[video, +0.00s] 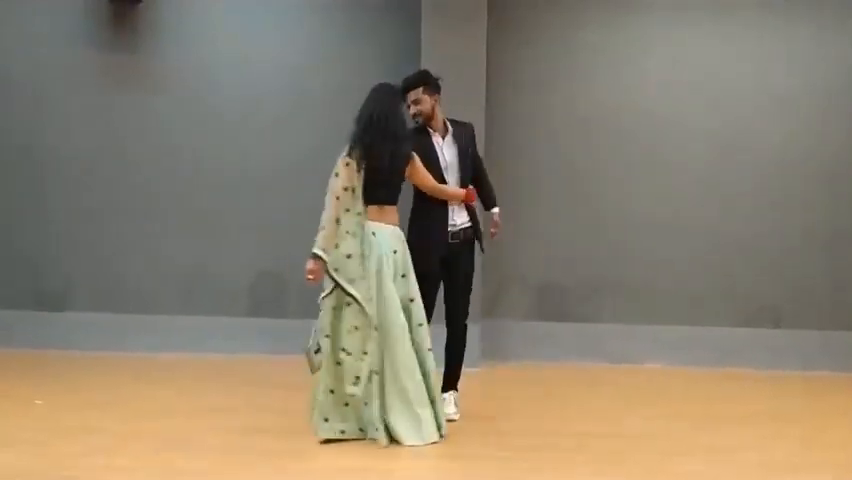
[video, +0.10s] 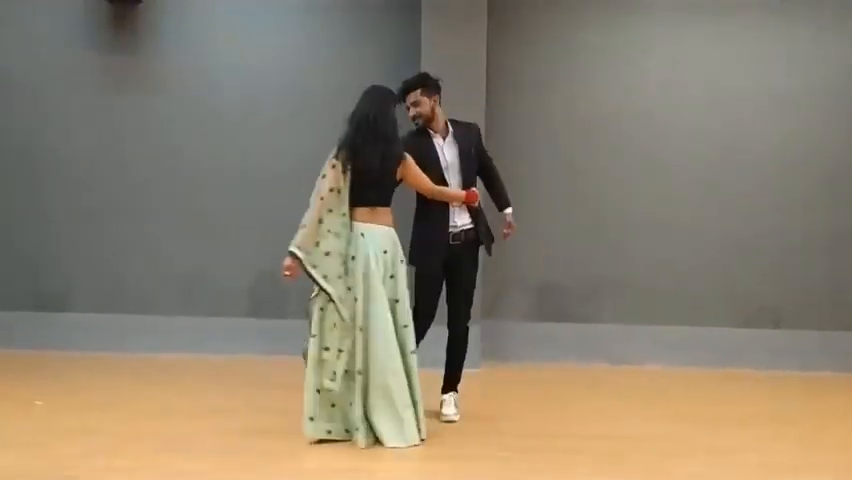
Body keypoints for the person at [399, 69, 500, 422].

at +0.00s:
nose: (413, 109)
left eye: (417, 101)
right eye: (409, 104)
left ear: (435, 98)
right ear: (409, 108)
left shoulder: (464, 132)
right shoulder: (410, 142)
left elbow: (477, 170)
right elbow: (395, 178)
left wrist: (493, 208)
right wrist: (408, 126)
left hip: (463, 236)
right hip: (427, 238)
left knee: (458, 317)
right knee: (418, 318)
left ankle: (450, 391)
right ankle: (409, 391)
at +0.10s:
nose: (412, 112)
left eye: (416, 103)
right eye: (408, 107)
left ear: (435, 100)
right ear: (409, 110)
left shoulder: (468, 133)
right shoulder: (411, 144)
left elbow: (486, 169)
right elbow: (389, 180)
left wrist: (506, 209)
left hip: (467, 239)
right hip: (431, 239)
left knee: (460, 319)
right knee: (422, 317)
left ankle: (449, 393)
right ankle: (384, 369)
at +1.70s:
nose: (423, 128)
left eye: (427, 120)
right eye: (421, 123)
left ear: (448, 116)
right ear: (438, 121)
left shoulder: (488, 142)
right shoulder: (433, 166)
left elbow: (518, 174)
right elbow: (417, 213)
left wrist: (539, 215)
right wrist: (381, 219)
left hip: (486, 255)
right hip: (448, 258)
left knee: (501, 333)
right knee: (428, 326)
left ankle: (502, 399)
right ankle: (419, 397)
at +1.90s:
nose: (460, 114)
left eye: (464, 107)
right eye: (458, 109)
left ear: (485, 103)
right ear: (465, 110)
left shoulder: (520, 139)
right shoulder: (459, 144)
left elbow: (539, 174)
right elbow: (421, 168)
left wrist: (562, 212)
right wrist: (375, 171)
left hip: (502, 253)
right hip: (464, 250)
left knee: (507, 330)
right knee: (439, 320)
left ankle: (503, 399)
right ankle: (417, 392)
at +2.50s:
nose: (439, 119)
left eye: (445, 113)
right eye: (438, 113)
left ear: (466, 115)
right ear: (443, 115)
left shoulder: (491, 154)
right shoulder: (431, 151)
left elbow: (507, 197)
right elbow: (410, 188)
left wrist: (518, 240)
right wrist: (372, 197)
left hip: (471, 256)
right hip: (433, 255)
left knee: (495, 326)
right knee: (413, 323)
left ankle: (504, 397)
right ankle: (396, 392)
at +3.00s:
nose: (436, 115)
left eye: (443, 111)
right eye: (434, 109)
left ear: (459, 113)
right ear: (432, 109)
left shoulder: (476, 152)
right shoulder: (417, 144)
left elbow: (488, 196)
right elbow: (396, 184)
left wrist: (485, 228)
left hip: (456, 251)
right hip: (417, 248)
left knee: (478, 325)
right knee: (404, 323)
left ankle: (501, 399)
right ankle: (394, 399)